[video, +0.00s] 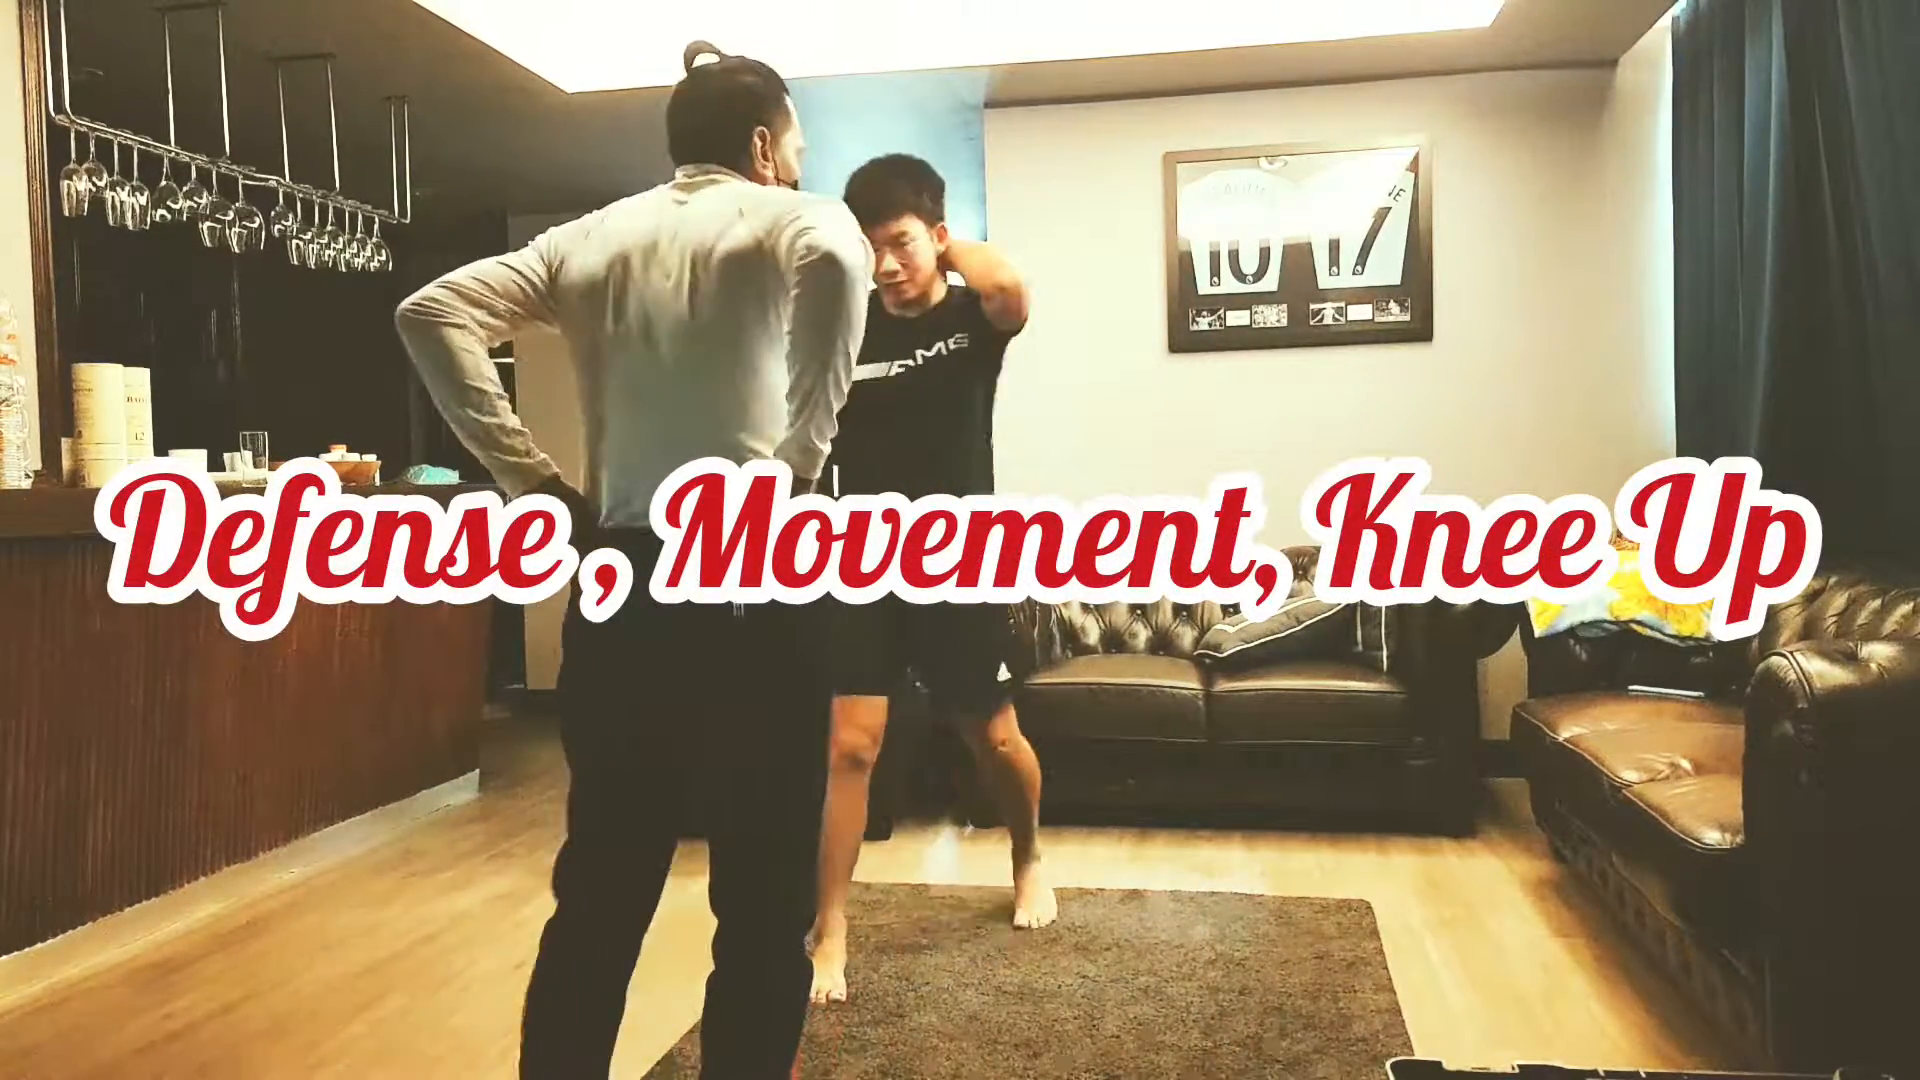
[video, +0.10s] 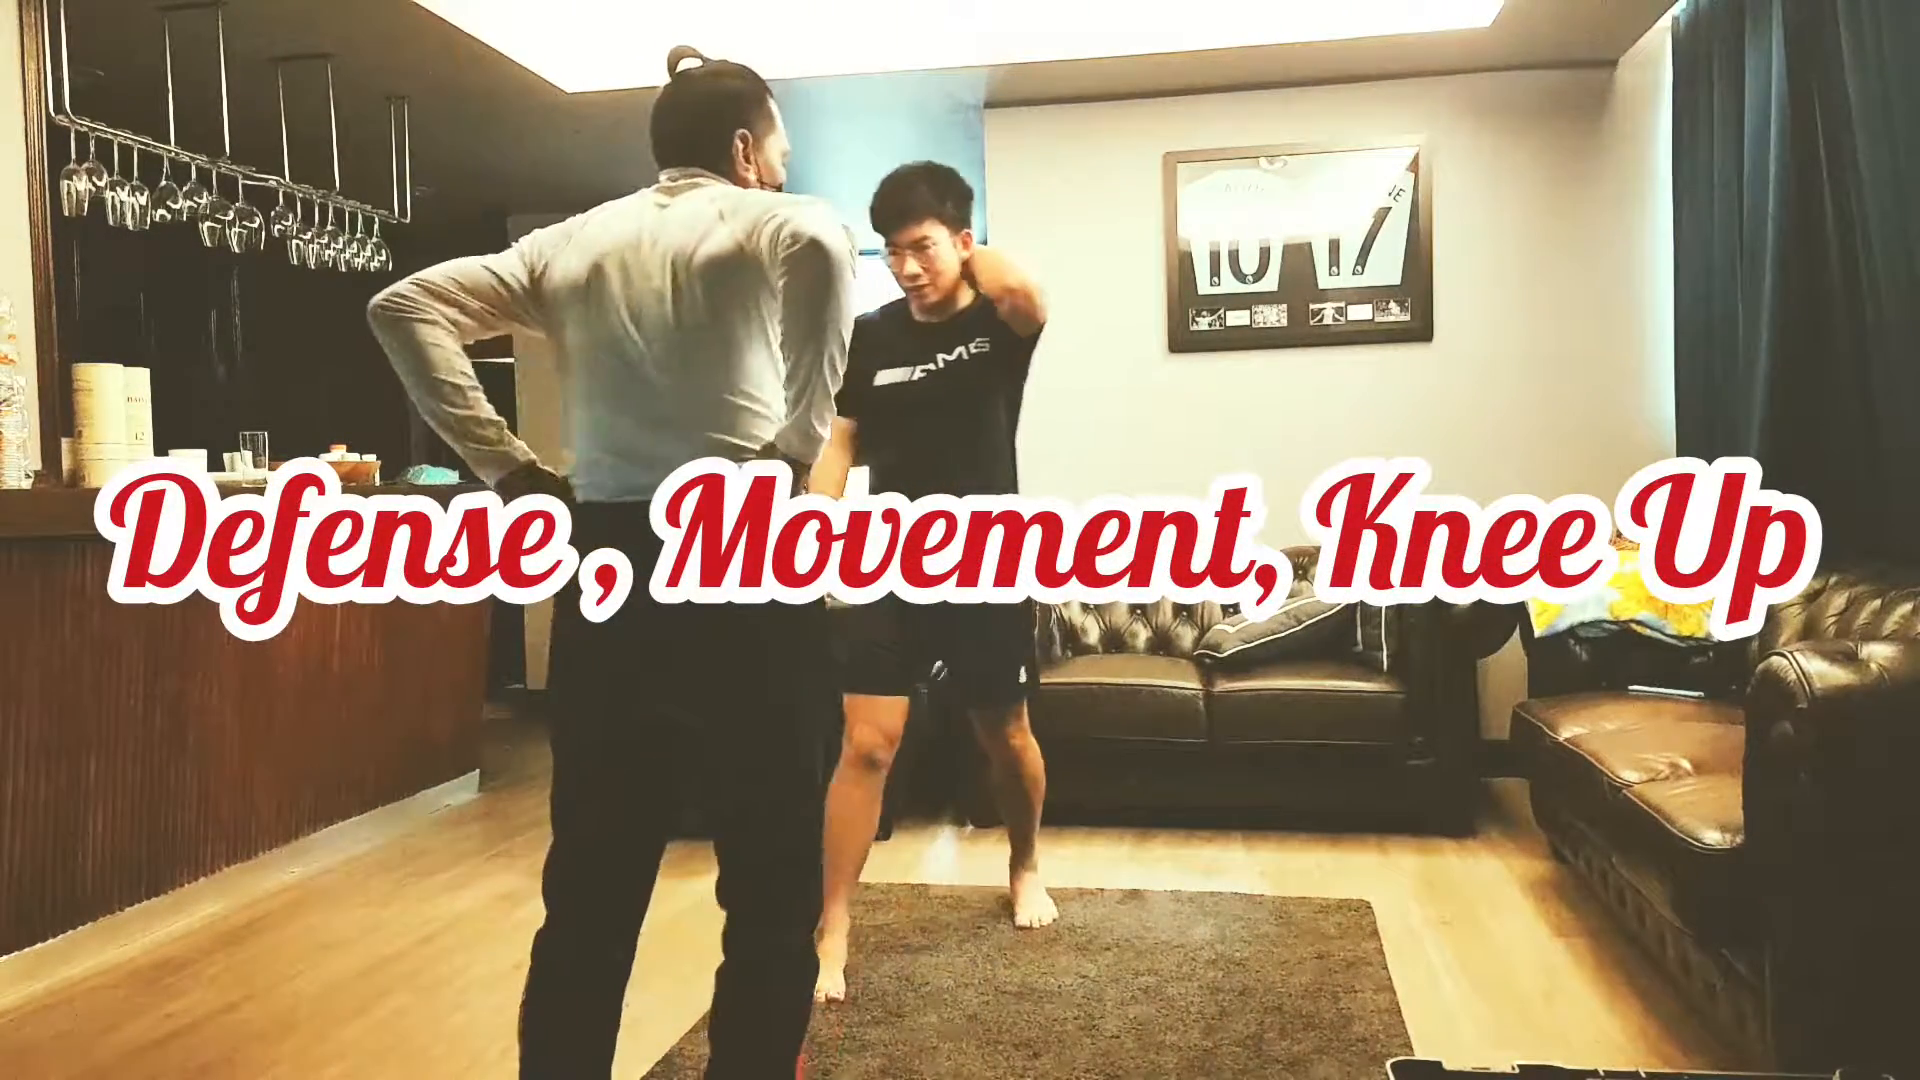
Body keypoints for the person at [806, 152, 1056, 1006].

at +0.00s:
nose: (888, 264)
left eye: (901, 243)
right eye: (873, 249)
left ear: (939, 235)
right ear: (856, 249)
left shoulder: (976, 313)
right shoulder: (845, 315)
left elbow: (1009, 295)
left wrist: (949, 242)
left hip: (956, 565)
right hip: (855, 565)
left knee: (998, 740)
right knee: (847, 748)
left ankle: (1027, 858)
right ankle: (828, 931)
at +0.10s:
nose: (907, 266)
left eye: (920, 247)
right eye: (894, 252)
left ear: (963, 242)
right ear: (884, 254)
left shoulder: (1004, 321)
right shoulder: (869, 337)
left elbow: (1020, 295)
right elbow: (838, 449)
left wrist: (979, 253)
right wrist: (803, 534)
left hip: (986, 565)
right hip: (886, 565)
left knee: (1006, 735)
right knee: (867, 747)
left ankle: (1026, 864)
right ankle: (830, 926)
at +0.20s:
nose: (931, 267)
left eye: (946, 249)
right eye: (919, 253)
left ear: (990, 248)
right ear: (909, 257)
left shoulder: (1026, 332)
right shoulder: (894, 344)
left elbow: (1042, 308)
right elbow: (867, 454)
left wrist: (1004, 264)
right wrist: (850, 551)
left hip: (1006, 573)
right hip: (909, 575)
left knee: (1022, 733)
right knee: (884, 742)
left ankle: (1028, 874)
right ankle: (847, 912)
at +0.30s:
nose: (952, 259)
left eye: (967, 242)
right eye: (940, 245)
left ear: (1011, 244)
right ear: (930, 251)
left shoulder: (1044, 330)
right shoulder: (913, 344)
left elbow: (1059, 310)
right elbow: (888, 458)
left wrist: (1023, 268)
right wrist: (872, 564)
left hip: (1016, 572)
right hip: (921, 574)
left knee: (1025, 731)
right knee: (902, 736)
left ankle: (1027, 876)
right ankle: (874, 908)